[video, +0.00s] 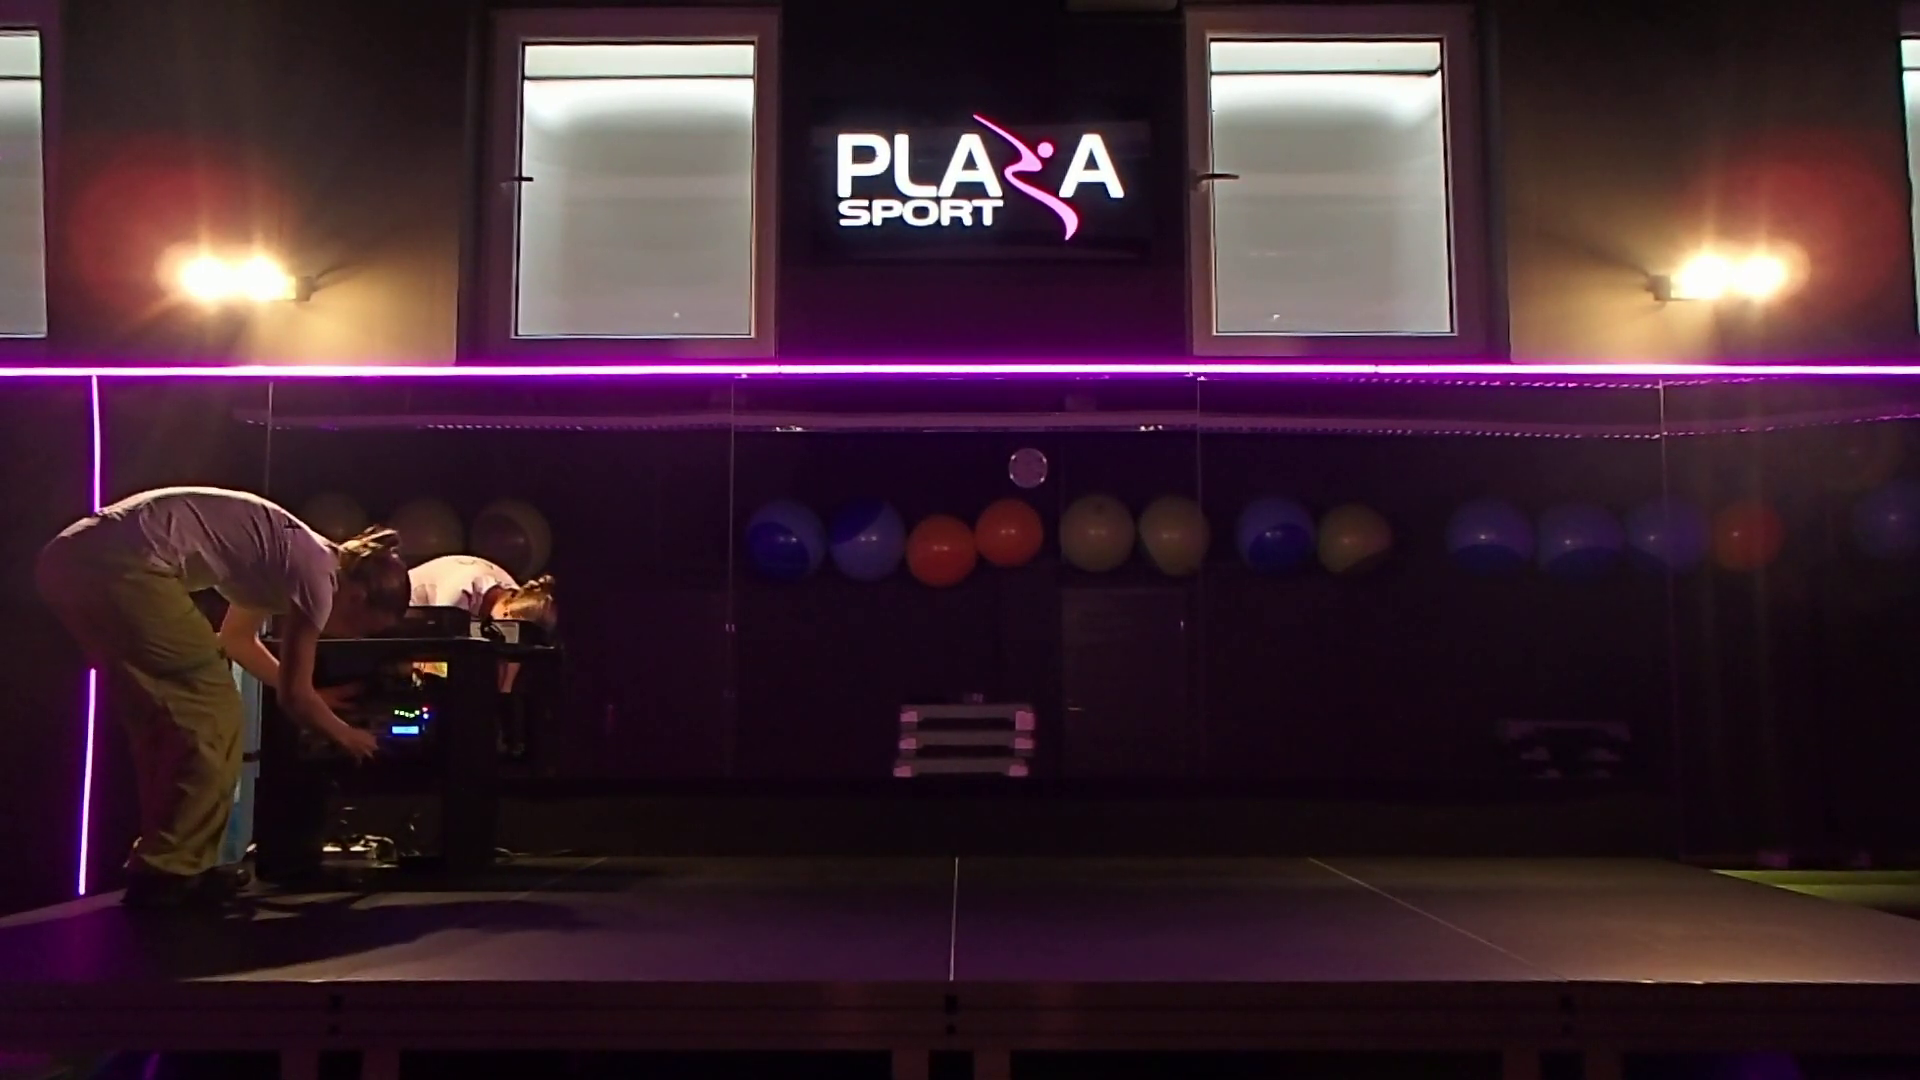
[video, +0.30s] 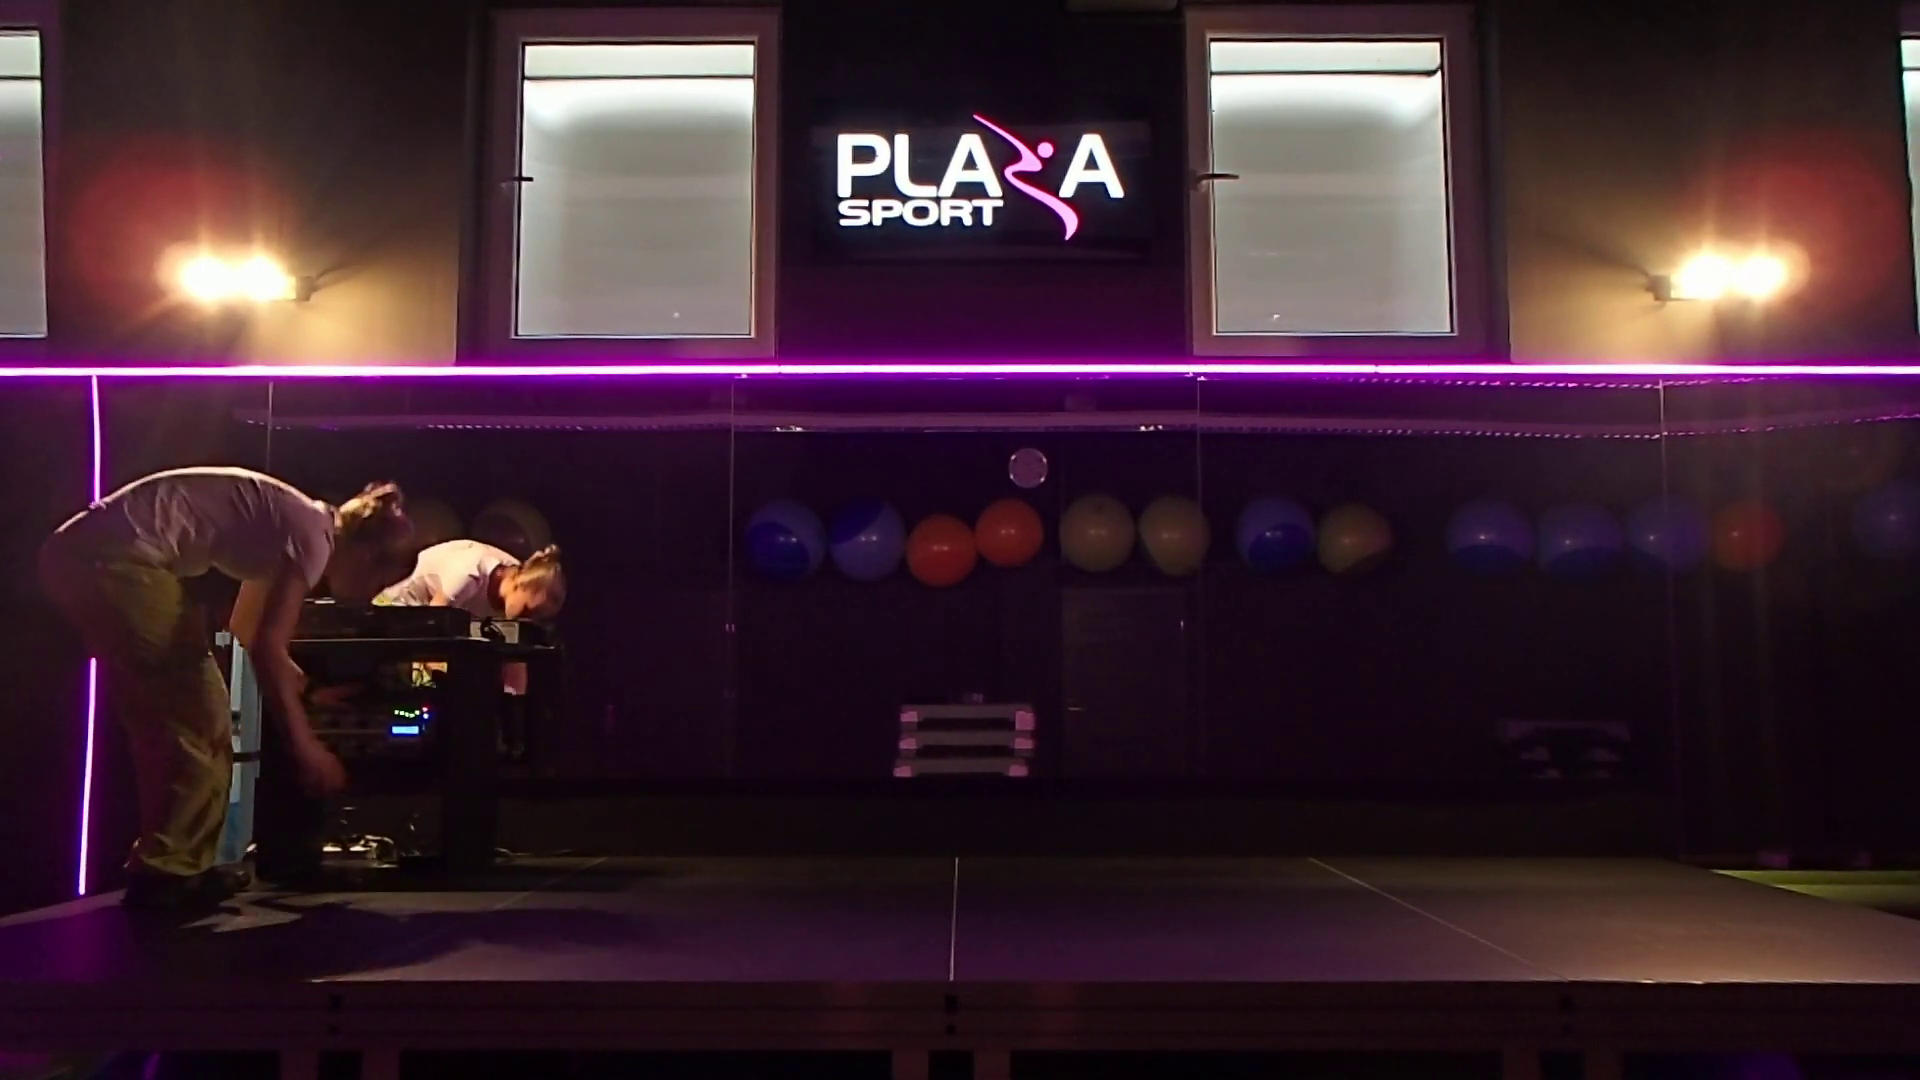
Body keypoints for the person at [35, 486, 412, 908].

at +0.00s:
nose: (354, 633)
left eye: (367, 630)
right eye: (365, 624)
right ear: (354, 592)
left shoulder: (277, 560)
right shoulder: (315, 572)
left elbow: (236, 638)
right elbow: (297, 695)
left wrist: (299, 689)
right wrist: (344, 734)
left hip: (79, 559)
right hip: (123, 563)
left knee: (161, 710)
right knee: (214, 701)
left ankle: (163, 862)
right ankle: (173, 869)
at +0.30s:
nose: (371, 595)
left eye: (382, 586)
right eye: (379, 579)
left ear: (357, 537)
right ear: (365, 551)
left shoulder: (290, 523)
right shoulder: (311, 535)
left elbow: (245, 628)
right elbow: (269, 644)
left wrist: (294, 679)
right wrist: (305, 745)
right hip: (121, 562)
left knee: (185, 720)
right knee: (202, 722)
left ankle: (175, 868)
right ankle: (167, 874)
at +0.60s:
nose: (390, 550)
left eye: (398, 542)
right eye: (394, 537)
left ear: (372, 507)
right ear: (374, 507)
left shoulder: (310, 523)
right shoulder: (299, 489)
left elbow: (268, 604)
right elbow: (209, 554)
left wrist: (317, 676)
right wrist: (186, 654)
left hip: (144, 558)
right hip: (102, 548)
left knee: (194, 699)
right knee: (155, 704)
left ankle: (188, 859)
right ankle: (151, 874)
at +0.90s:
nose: (378, 589)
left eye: (387, 582)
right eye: (385, 578)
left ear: (365, 541)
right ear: (372, 549)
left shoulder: (307, 529)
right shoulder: (306, 538)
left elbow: (260, 627)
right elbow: (271, 649)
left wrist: (315, 688)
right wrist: (311, 731)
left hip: (139, 557)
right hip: (104, 550)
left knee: (191, 701)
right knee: (172, 703)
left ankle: (182, 865)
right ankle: (163, 874)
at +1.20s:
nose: (379, 614)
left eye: (391, 609)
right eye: (388, 604)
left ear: (374, 566)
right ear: (377, 575)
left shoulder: (294, 553)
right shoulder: (330, 559)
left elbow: (248, 634)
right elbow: (341, 679)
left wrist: (313, 690)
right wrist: (396, 726)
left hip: (103, 545)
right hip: (119, 549)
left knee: (176, 697)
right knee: (195, 696)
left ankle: (168, 866)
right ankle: (171, 871)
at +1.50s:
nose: (379, 619)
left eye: (391, 615)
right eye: (389, 609)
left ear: (377, 570)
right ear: (378, 578)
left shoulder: (296, 553)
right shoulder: (337, 559)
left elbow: (246, 636)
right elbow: (344, 680)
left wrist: (315, 691)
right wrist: (395, 726)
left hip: (108, 542)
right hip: (130, 547)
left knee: (167, 695)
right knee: (197, 697)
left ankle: (167, 865)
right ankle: (170, 870)